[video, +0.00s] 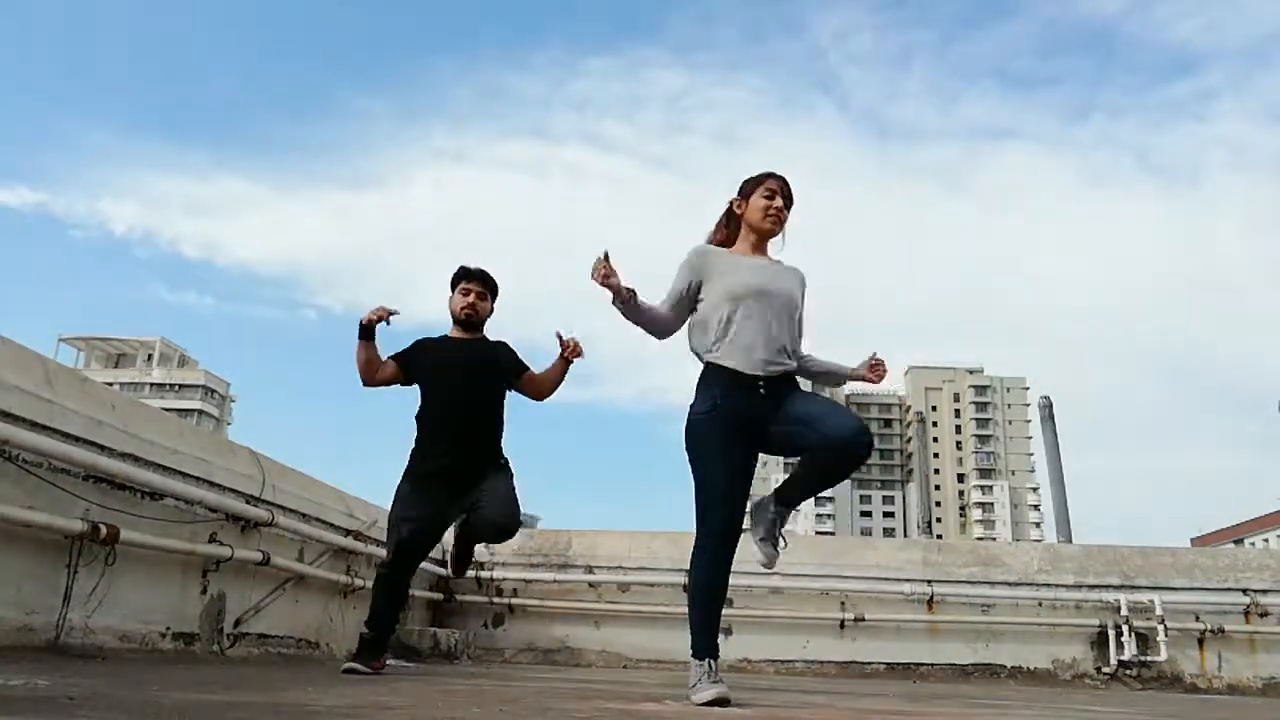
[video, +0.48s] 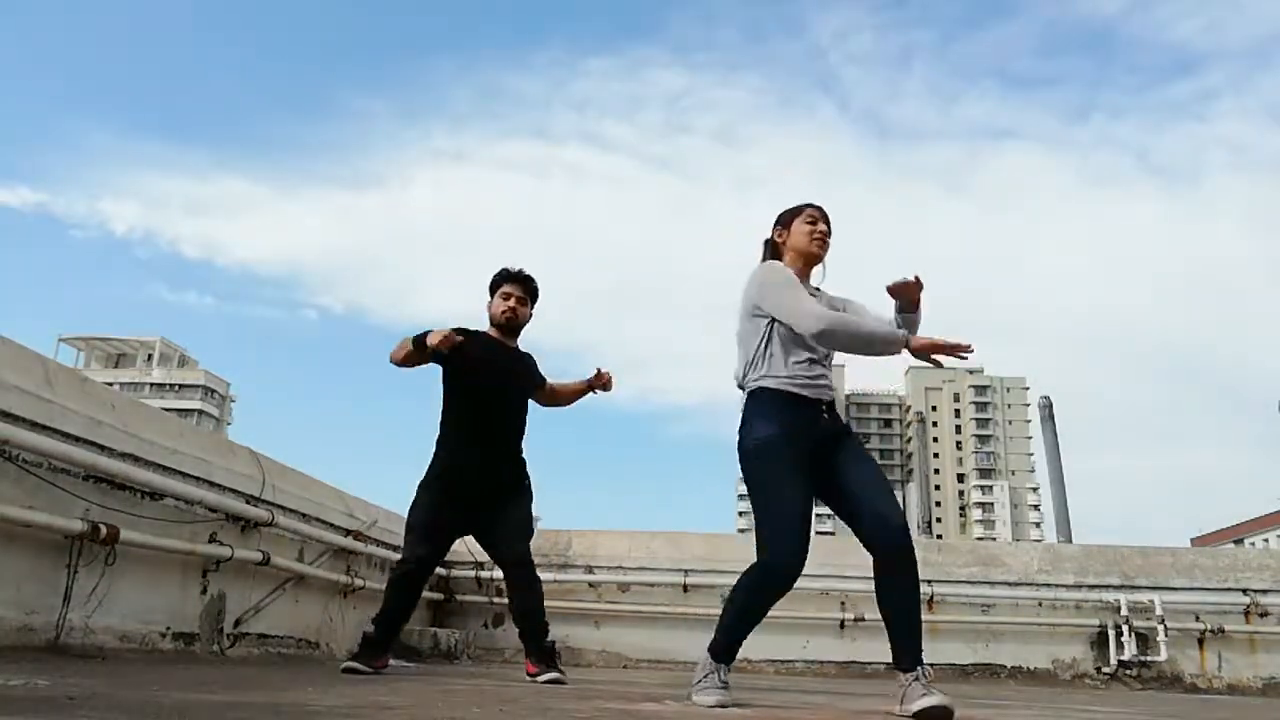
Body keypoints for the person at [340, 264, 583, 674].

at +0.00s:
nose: (471, 300)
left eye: (481, 296)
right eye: (465, 292)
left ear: (491, 309)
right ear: (450, 301)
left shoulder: (500, 355)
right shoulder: (426, 351)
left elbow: (539, 388)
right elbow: (372, 375)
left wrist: (563, 361)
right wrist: (366, 330)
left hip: (486, 469)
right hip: (430, 469)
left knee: (502, 523)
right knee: (398, 558)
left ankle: (466, 535)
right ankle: (372, 650)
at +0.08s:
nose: (488, 304)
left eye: (498, 300)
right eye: (481, 296)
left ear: (505, 314)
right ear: (466, 304)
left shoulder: (511, 359)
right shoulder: (438, 343)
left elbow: (560, 386)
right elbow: (393, 358)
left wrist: (559, 353)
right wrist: (439, 346)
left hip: (490, 470)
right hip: (435, 471)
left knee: (526, 518)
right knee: (404, 561)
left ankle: (511, 617)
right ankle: (371, 651)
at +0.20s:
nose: (493, 329)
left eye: (503, 325)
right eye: (487, 320)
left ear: (510, 338)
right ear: (471, 326)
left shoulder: (513, 376)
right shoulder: (448, 360)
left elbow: (550, 393)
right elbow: (469, 379)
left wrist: (535, 374)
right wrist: (512, 394)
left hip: (500, 492)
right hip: (443, 490)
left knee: (526, 557)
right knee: (405, 561)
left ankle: (544, 656)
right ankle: (374, 649)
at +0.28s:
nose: (498, 335)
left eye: (507, 332)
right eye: (491, 327)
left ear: (515, 345)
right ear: (476, 335)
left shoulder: (519, 386)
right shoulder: (455, 374)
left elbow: (547, 405)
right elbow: (482, 402)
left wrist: (543, 401)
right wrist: (520, 404)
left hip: (506, 502)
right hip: (450, 500)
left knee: (537, 572)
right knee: (414, 573)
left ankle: (544, 659)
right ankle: (374, 652)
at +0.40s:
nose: (507, 306)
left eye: (516, 303)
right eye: (500, 298)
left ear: (524, 316)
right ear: (485, 305)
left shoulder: (528, 369)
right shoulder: (458, 344)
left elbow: (568, 410)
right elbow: (425, 377)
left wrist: (578, 399)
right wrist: (475, 387)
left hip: (509, 487)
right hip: (453, 482)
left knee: (529, 571)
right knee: (416, 566)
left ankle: (542, 658)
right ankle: (375, 651)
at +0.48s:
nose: (512, 305)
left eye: (522, 302)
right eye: (505, 297)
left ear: (529, 315)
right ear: (490, 304)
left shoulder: (524, 364)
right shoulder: (460, 340)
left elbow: (549, 394)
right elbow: (399, 357)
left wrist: (589, 385)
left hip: (504, 485)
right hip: (449, 477)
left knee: (520, 565)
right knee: (414, 563)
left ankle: (540, 657)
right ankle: (376, 649)